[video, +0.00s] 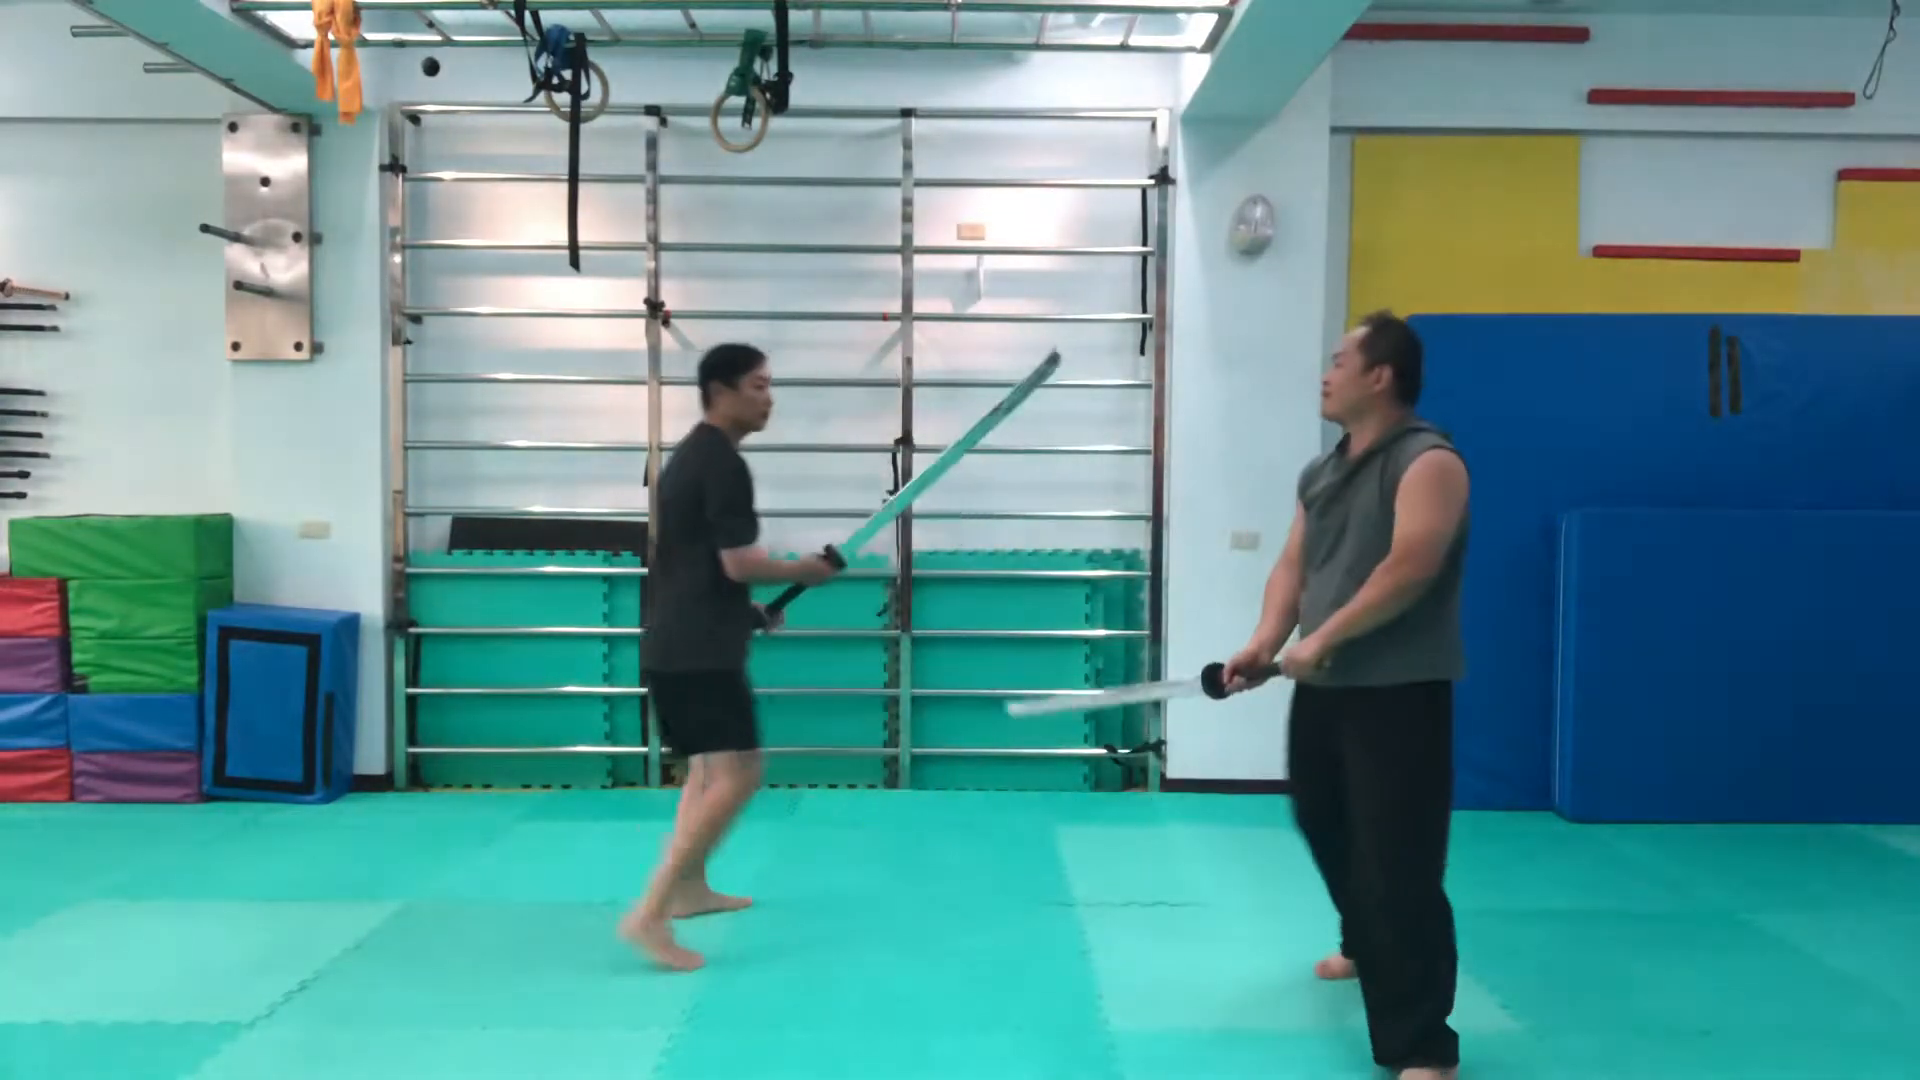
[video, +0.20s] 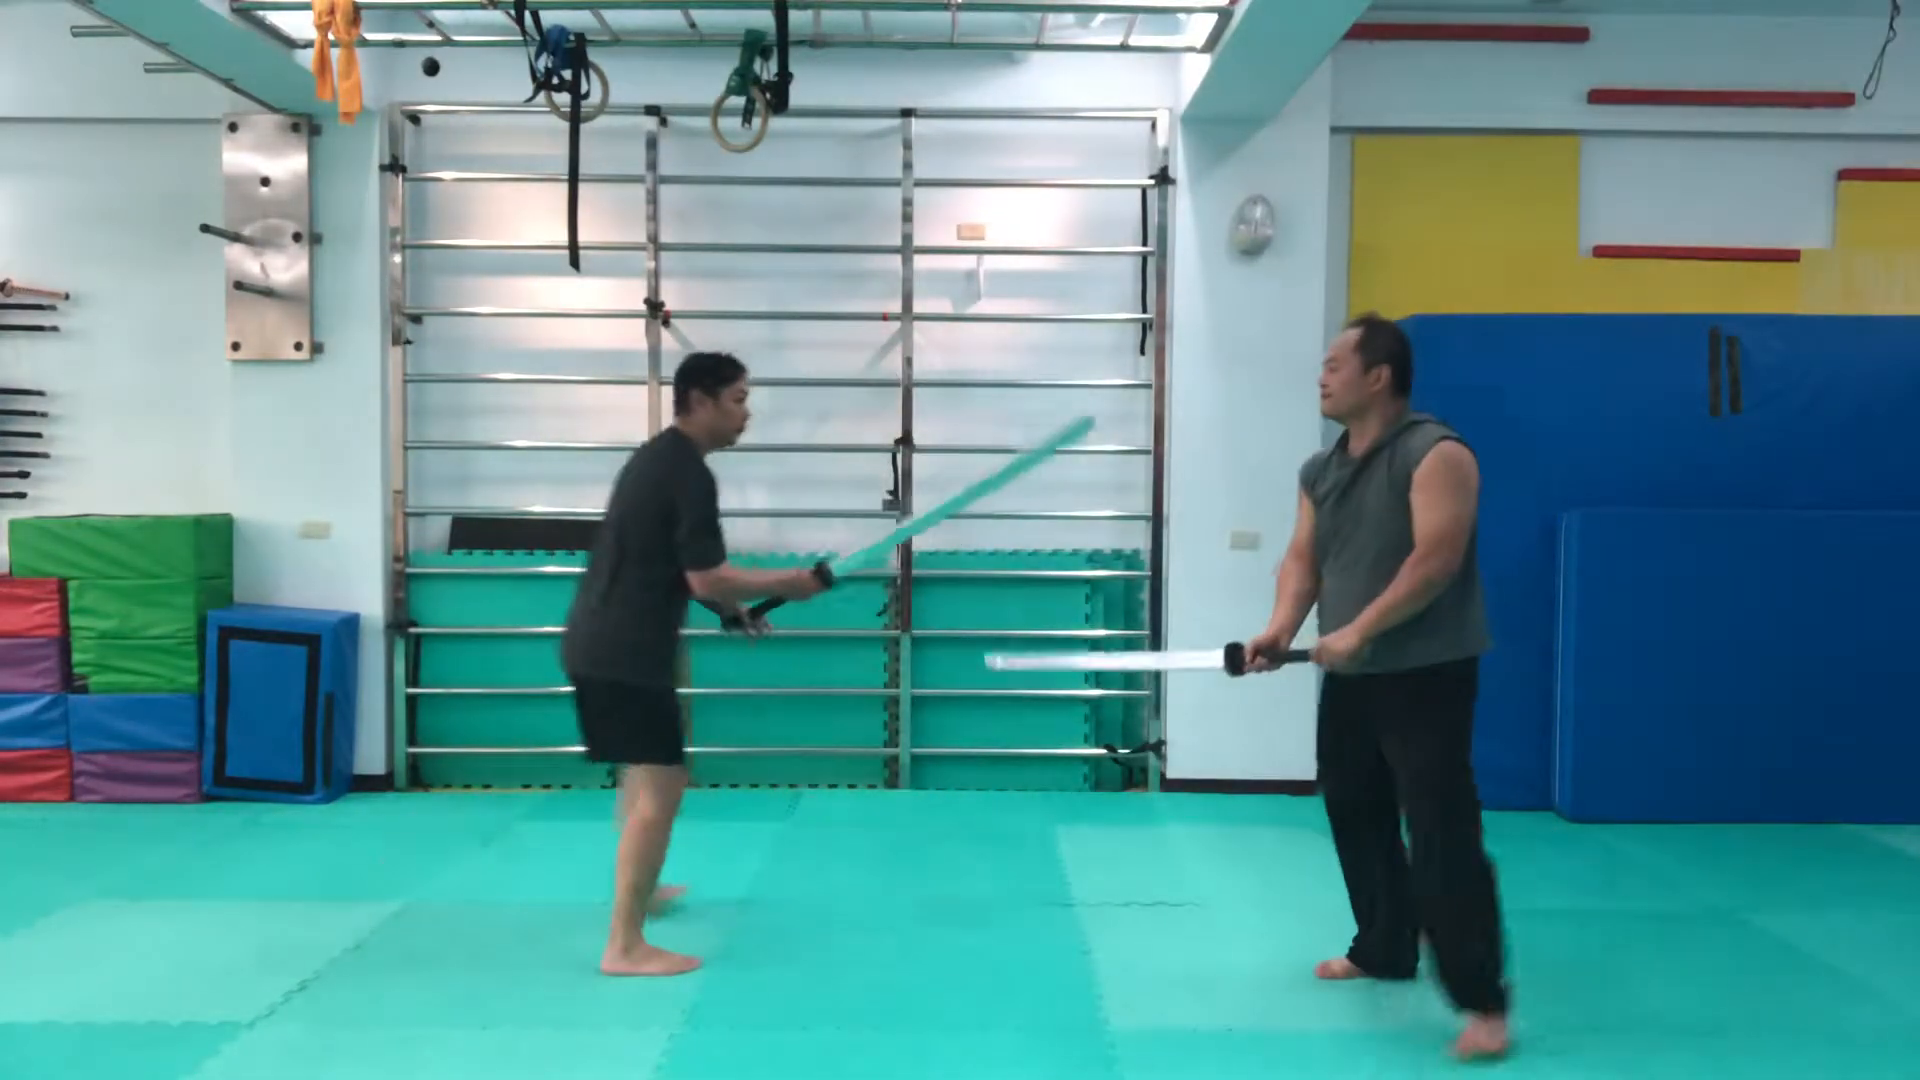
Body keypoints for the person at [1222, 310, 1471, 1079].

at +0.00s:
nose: (1325, 375)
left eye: (1339, 364)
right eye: (1330, 363)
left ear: (1383, 378)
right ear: (1363, 378)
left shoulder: (1430, 462)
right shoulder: (1323, 472)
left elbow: (1411, 567)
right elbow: (1292, 567)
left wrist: (1323, 638)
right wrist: (1265, 642)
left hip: (1401, 695)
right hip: (1325, 689)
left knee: (1396, 869)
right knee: (1323, 820)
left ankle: (1421, 1049)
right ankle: (1367, 941)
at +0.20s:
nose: (1320, 379)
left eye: (1334, 367)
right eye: (1323, 367)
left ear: (1380, 377)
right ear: (1362, 380)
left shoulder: (1437, 454)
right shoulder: (1323, 469)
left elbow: (1437, 559)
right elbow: (1303, 559)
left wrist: (1360, 630)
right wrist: (1279, 632)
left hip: (1429, 675)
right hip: (1352, 676)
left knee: (1443, 832)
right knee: (1357, 816)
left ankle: (1484, 1004)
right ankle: (1383, 950)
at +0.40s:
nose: (1363, 373)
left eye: (1376, 362)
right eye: (1363, 362)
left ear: (1421, 373)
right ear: (1385, 374)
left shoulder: (1471, 451)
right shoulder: (1359, 462)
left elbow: (1472, 552)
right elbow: (1338, 548)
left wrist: (1394, 621)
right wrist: (1316, 608)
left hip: (1456, 668)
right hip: (1372, 669)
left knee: (1494, 813)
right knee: (1365, 812)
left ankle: (1576, 941)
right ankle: (1377, 951)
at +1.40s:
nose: (1384, 413)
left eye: (1396, 402)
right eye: (1382, 402)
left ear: (1441, 407)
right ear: (1385, 410)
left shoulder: (1494, 473)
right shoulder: (1375, 490)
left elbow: (1447, 552)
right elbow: (1325, 543)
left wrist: (1360, 587)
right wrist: (1282, 561)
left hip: (1492, 684)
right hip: (1402, 684)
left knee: (1534, 815)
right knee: (1364, 791)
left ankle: (1586, 953)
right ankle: (1356, 915)